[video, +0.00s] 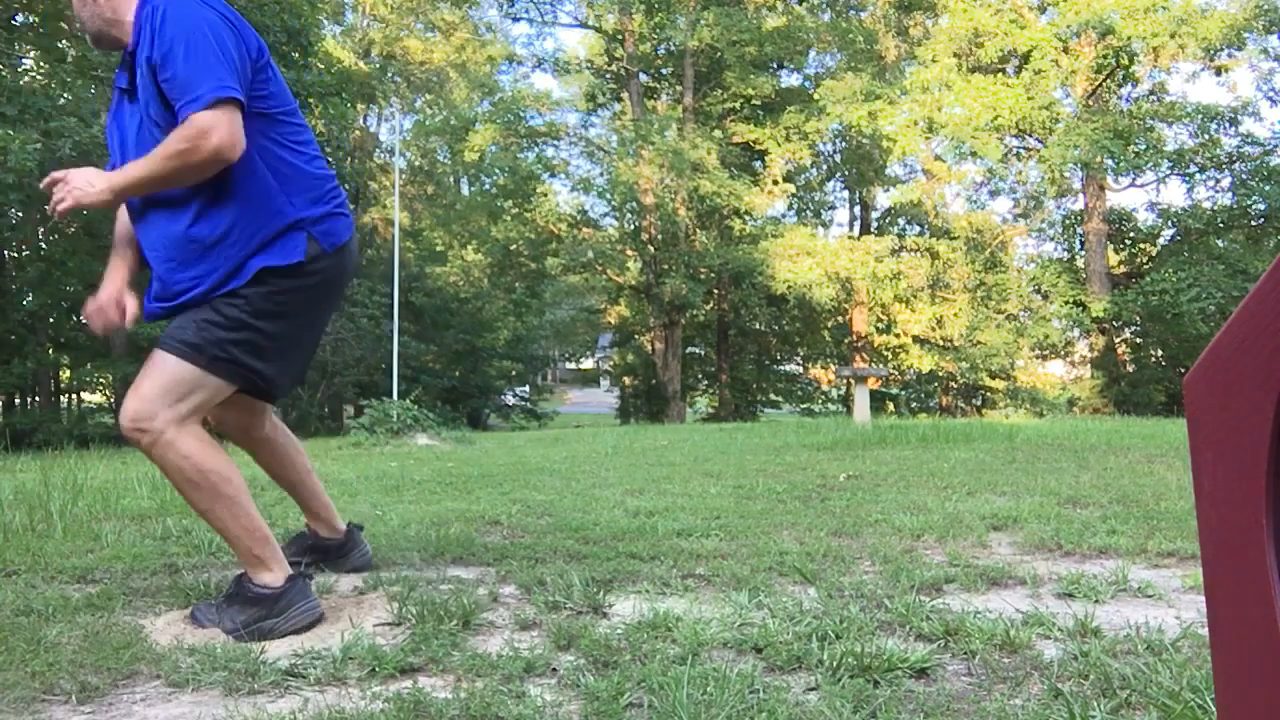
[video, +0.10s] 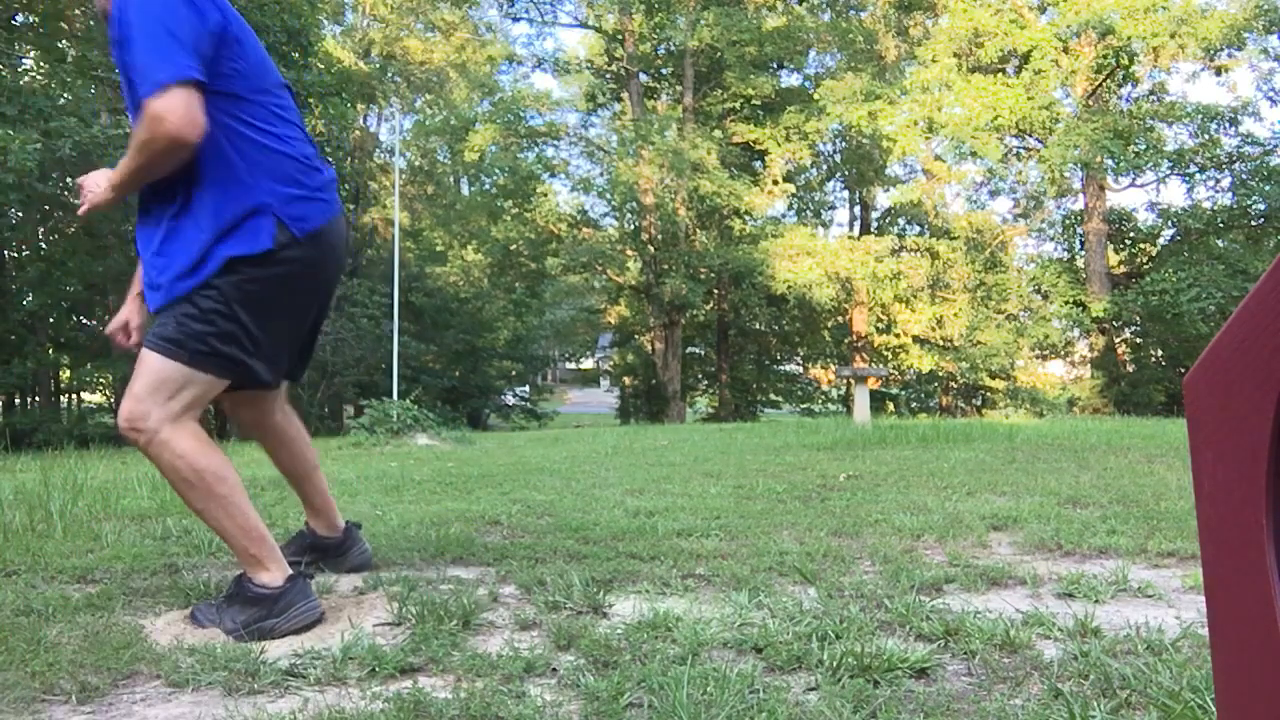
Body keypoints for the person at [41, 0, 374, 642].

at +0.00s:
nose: (73, 15)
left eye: (73, 4)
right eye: (72, 8)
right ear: (104, 7)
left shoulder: (181, 16)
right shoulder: (126, 98)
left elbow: (218, 136)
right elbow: (134, 199)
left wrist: (113, 181)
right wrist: (118, 277)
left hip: (291, 247)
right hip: (242, 261)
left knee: (152, 416)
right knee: (237, 410)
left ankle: (273, 586)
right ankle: (332, 534)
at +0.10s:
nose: (88, 8)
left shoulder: (149, 7)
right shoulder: (169, 19)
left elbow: (177, 122)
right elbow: (184, 186)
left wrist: (117, 178)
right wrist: (141, 293)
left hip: (260, 233)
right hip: (293, 230)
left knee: (150, 415)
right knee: (252, 392)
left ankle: (271, 584)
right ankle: (331, 532)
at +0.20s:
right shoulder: (249, 3)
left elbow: (89, 73)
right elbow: (270, 75)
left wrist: (108, 183)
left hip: (216, 186)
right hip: (308, 166)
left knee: (179, 399)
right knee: (282, 356)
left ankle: (271, 585)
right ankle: (343, 528)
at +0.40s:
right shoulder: (283, 3)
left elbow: (39, 87)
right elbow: (325, 115)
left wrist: (54, 224)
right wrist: (329, 220)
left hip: (136, 182)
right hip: (255, 155)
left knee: (197, 392)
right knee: (314, 353)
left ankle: (263, 597)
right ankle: (309, 482)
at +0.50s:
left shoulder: (71, 4)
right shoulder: (276, 2)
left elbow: (38, 107)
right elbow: (328, 92)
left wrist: (30, 234)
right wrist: (374, 207)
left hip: (117, 190)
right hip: (234, 165)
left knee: (192, 398)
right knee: (310, 383)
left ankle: (261, 592)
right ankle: (218, 517)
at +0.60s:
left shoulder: (70, 3)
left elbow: (41, 92)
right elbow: (318, 53)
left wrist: (35, 230)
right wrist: (393, 175)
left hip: (97, 174)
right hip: (209, 157)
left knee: (192, 388)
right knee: (260, 390)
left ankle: (261, 596)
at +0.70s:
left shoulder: (67, 2)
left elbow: (39, 93)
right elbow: (293, 22)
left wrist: (50, 225)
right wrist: (383, 149)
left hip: (82, 162)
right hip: (191, 147)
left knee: (202, 397)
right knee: (214, 395)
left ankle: (262, 598)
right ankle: (67, 631)